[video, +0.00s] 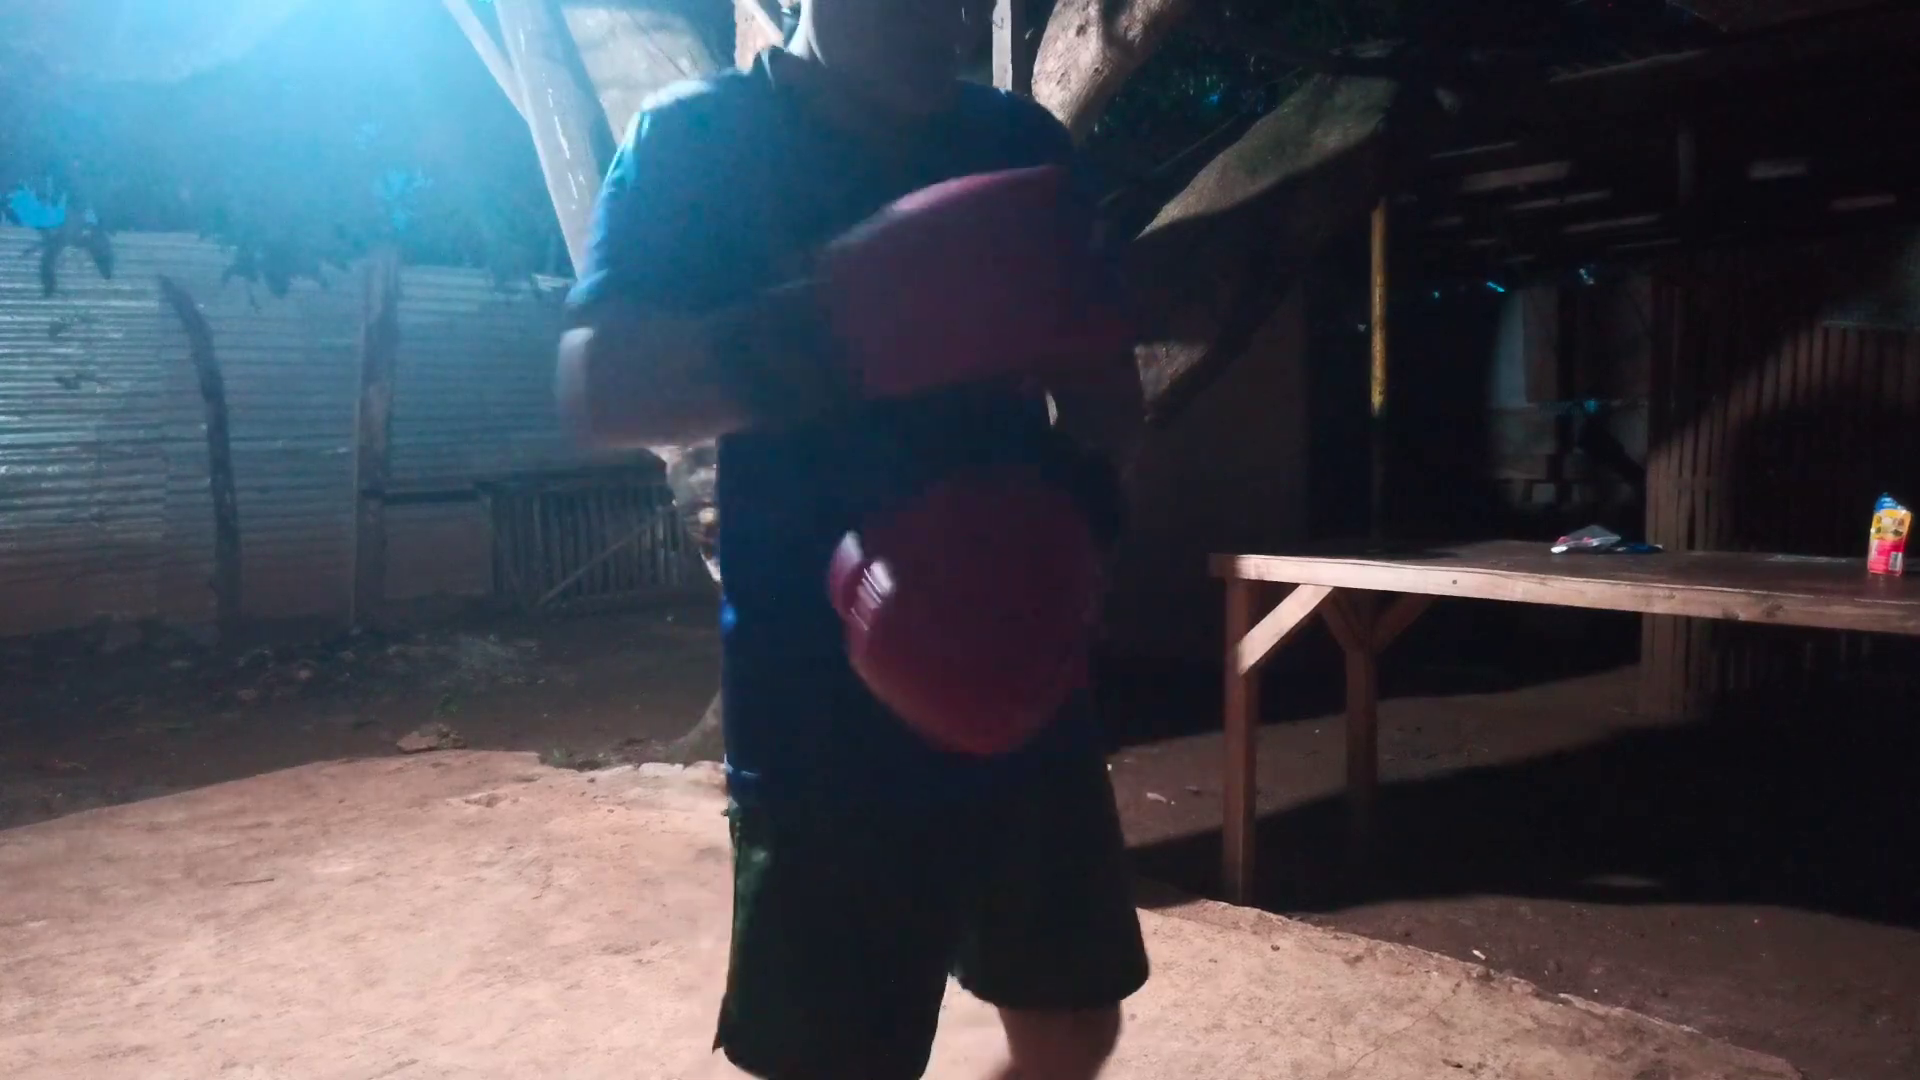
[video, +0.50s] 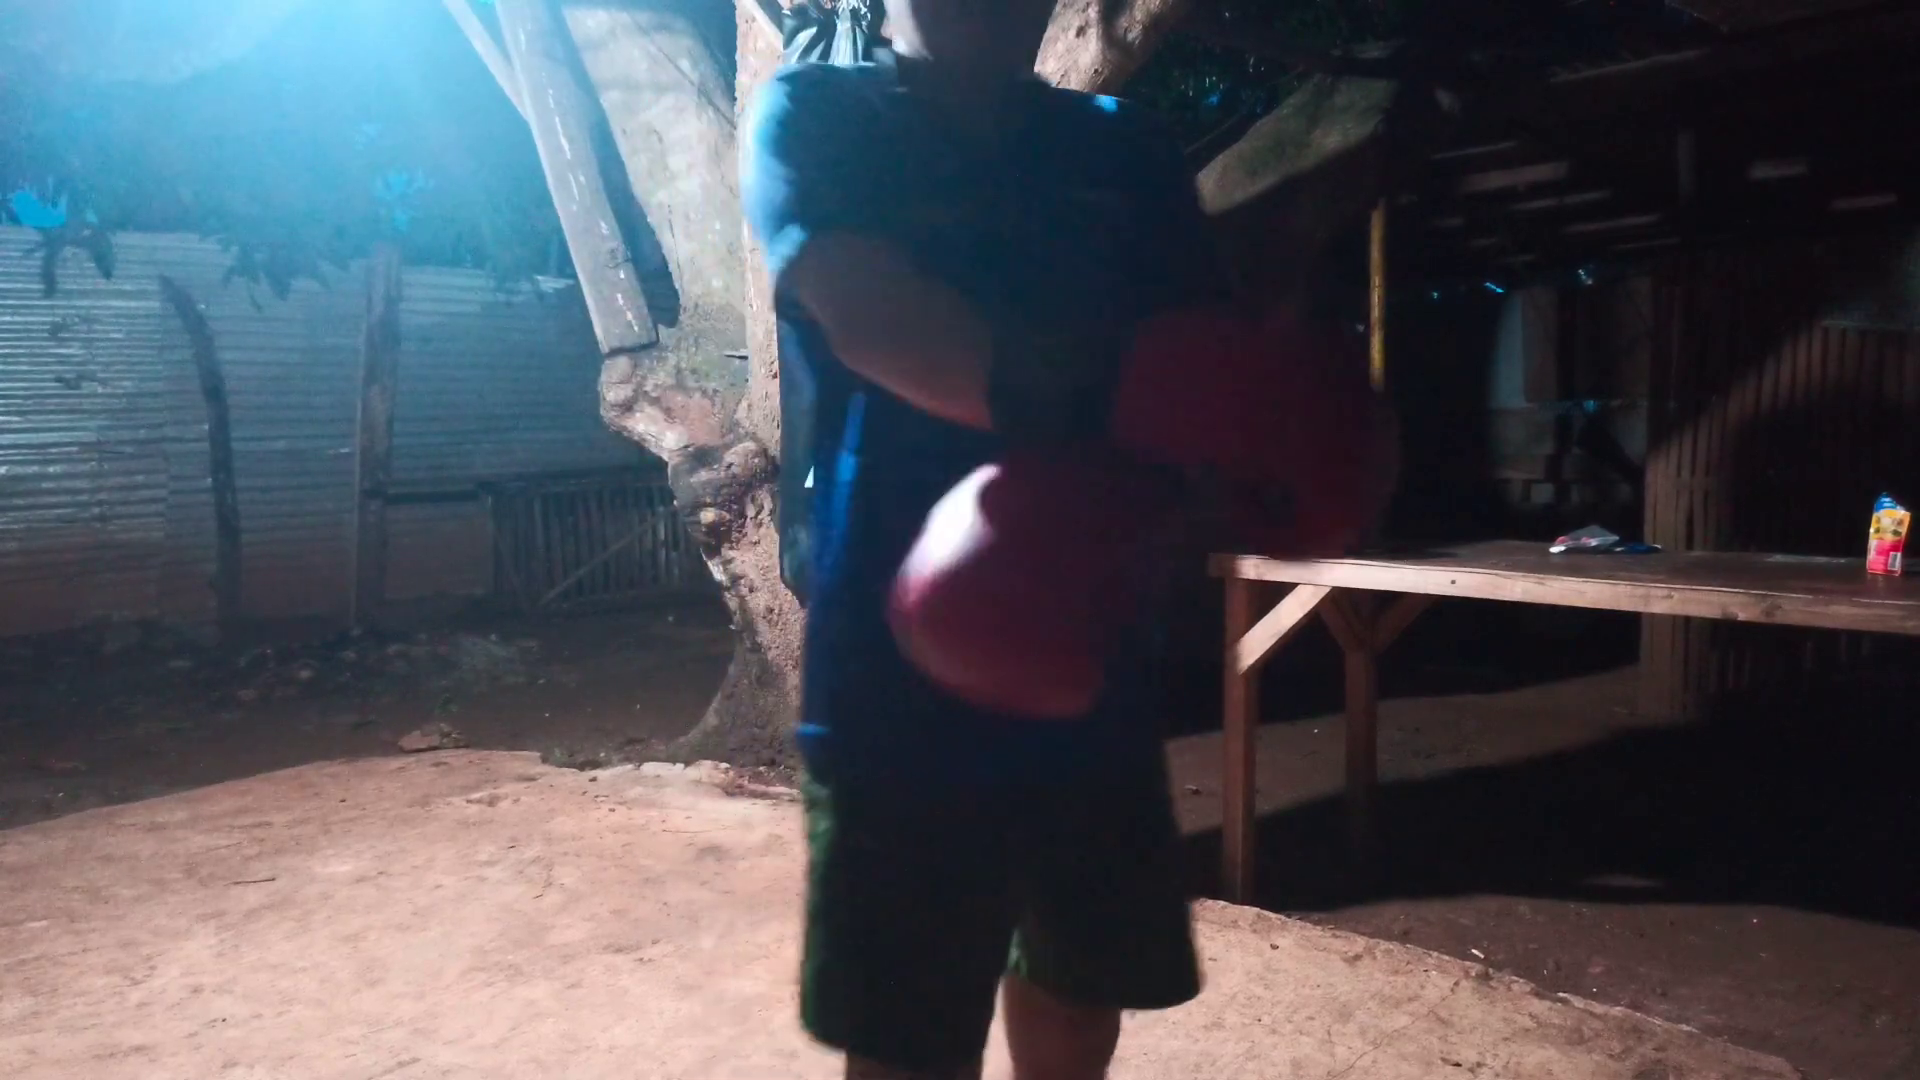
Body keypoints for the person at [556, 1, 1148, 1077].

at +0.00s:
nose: (951, 12)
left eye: (966, 3)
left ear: (979, 6)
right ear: (815, 2)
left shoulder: (1018, 141)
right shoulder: (702, 135)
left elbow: (1106, 394)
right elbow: (599, 390)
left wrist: (1057, 533)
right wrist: (849, 317)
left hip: (1025, 678)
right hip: (817, 702)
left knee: (1070, 1030)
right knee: (831, 1056)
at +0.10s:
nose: (960, 13)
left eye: (972, 3)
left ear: (984, 6)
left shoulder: (1026, 133)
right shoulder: (706, 119)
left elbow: (1115, 364)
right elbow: (665, 373)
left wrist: (1045, 491)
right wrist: (940, 315)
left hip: (1031, 695)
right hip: (818, 716)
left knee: (1071, 1032)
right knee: (825, 1057)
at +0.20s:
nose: (959, 18)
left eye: (979, 4)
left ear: (997, 7)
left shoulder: (1042, 130)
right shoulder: (721, 107)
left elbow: (1124, 356)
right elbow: (738, 341)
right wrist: (1011, 330)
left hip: (1039, 681)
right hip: (830, 694)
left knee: (1059, 1033)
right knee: (830, 1057)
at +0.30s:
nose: (977, 9)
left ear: (1027, 7)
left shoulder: (1071, 141)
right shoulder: (748, 105)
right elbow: (778, 328)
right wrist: (1057, 333)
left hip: (1058, 688)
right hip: (853, 690)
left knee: (1074, 1026)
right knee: (849, 1054)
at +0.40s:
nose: (1008, 9)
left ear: (1045, 10)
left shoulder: (1096, 145)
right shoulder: (781, 107)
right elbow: (830, 319)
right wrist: (1088, 355)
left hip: (1078, 689)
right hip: (880, 689)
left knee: (1076, 1015)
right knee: (886, 1052)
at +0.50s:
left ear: (1054, 3)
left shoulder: (1128, 148)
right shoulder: (816, 106)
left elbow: (1209, 383)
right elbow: (865, 315)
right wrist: (1108, 400)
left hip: (1094, 660)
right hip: (892, 659)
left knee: (1079, 979)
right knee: (905, 1032)